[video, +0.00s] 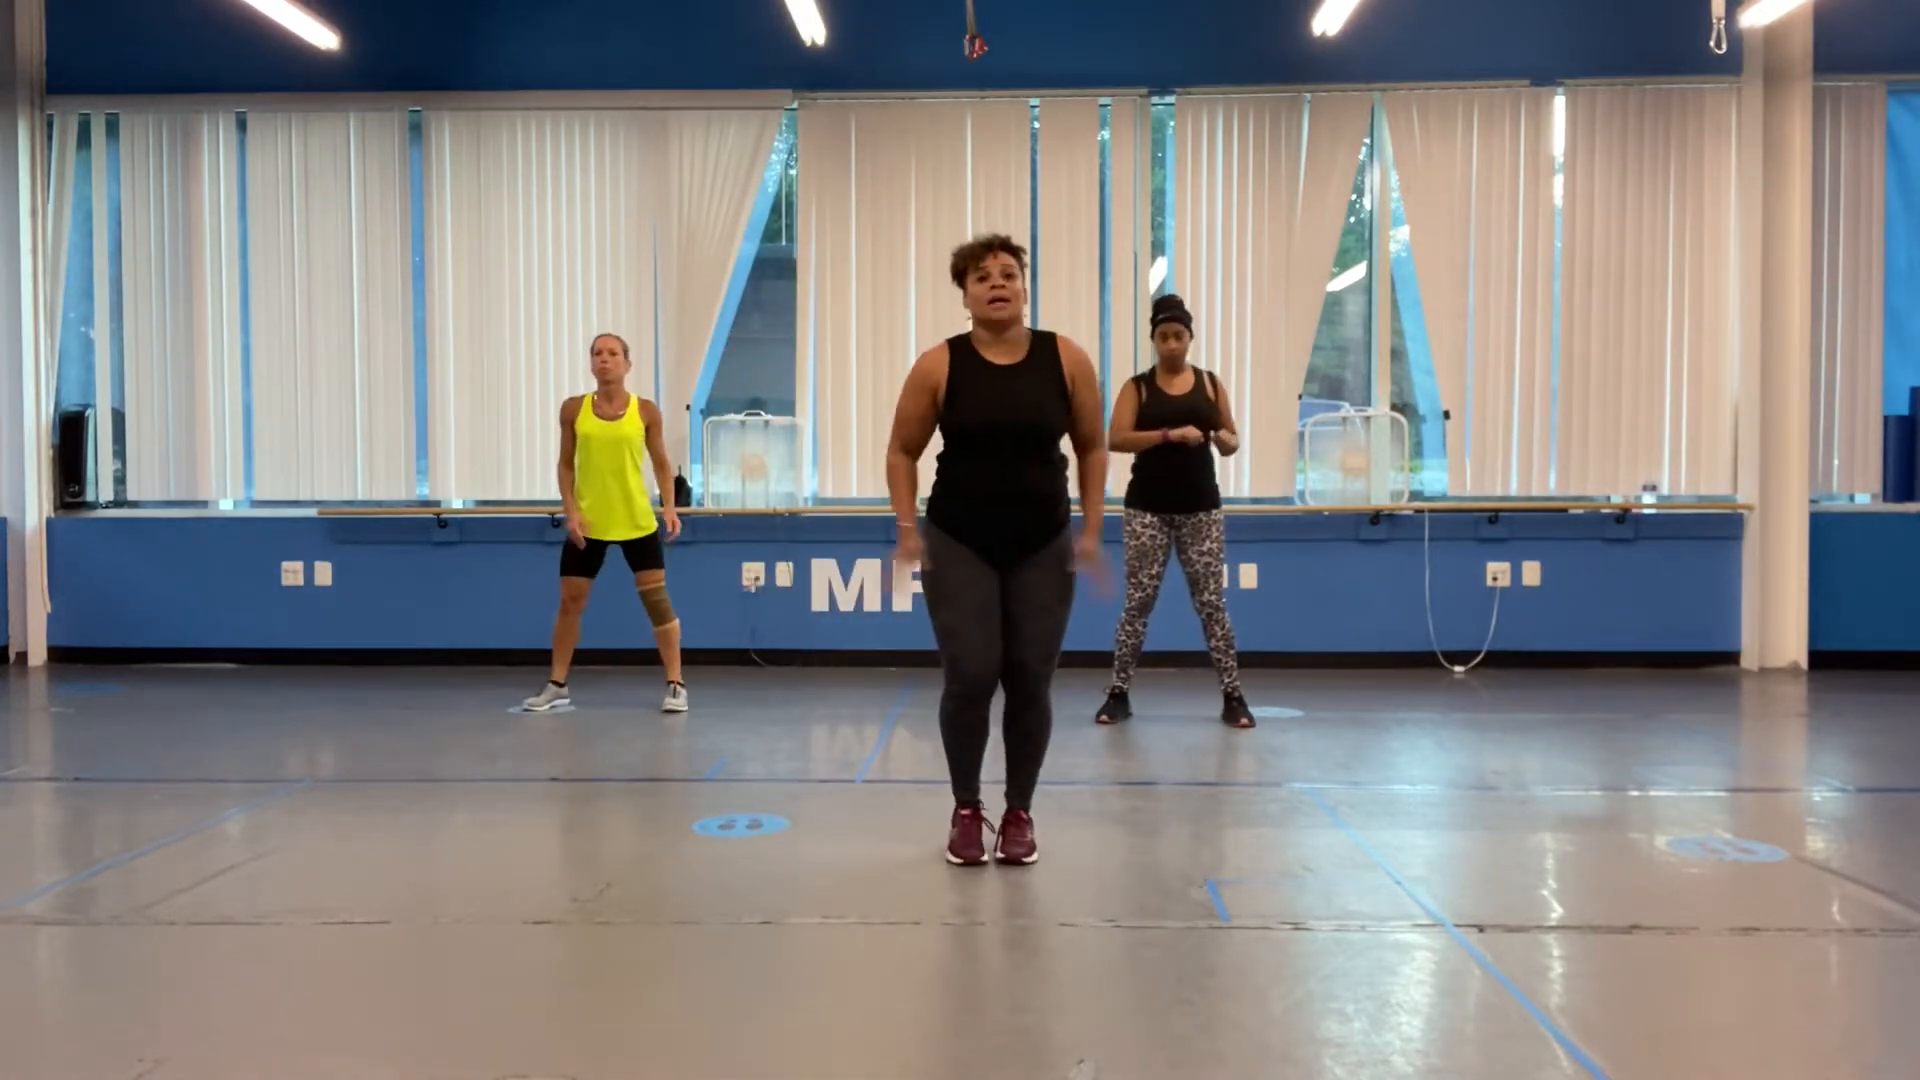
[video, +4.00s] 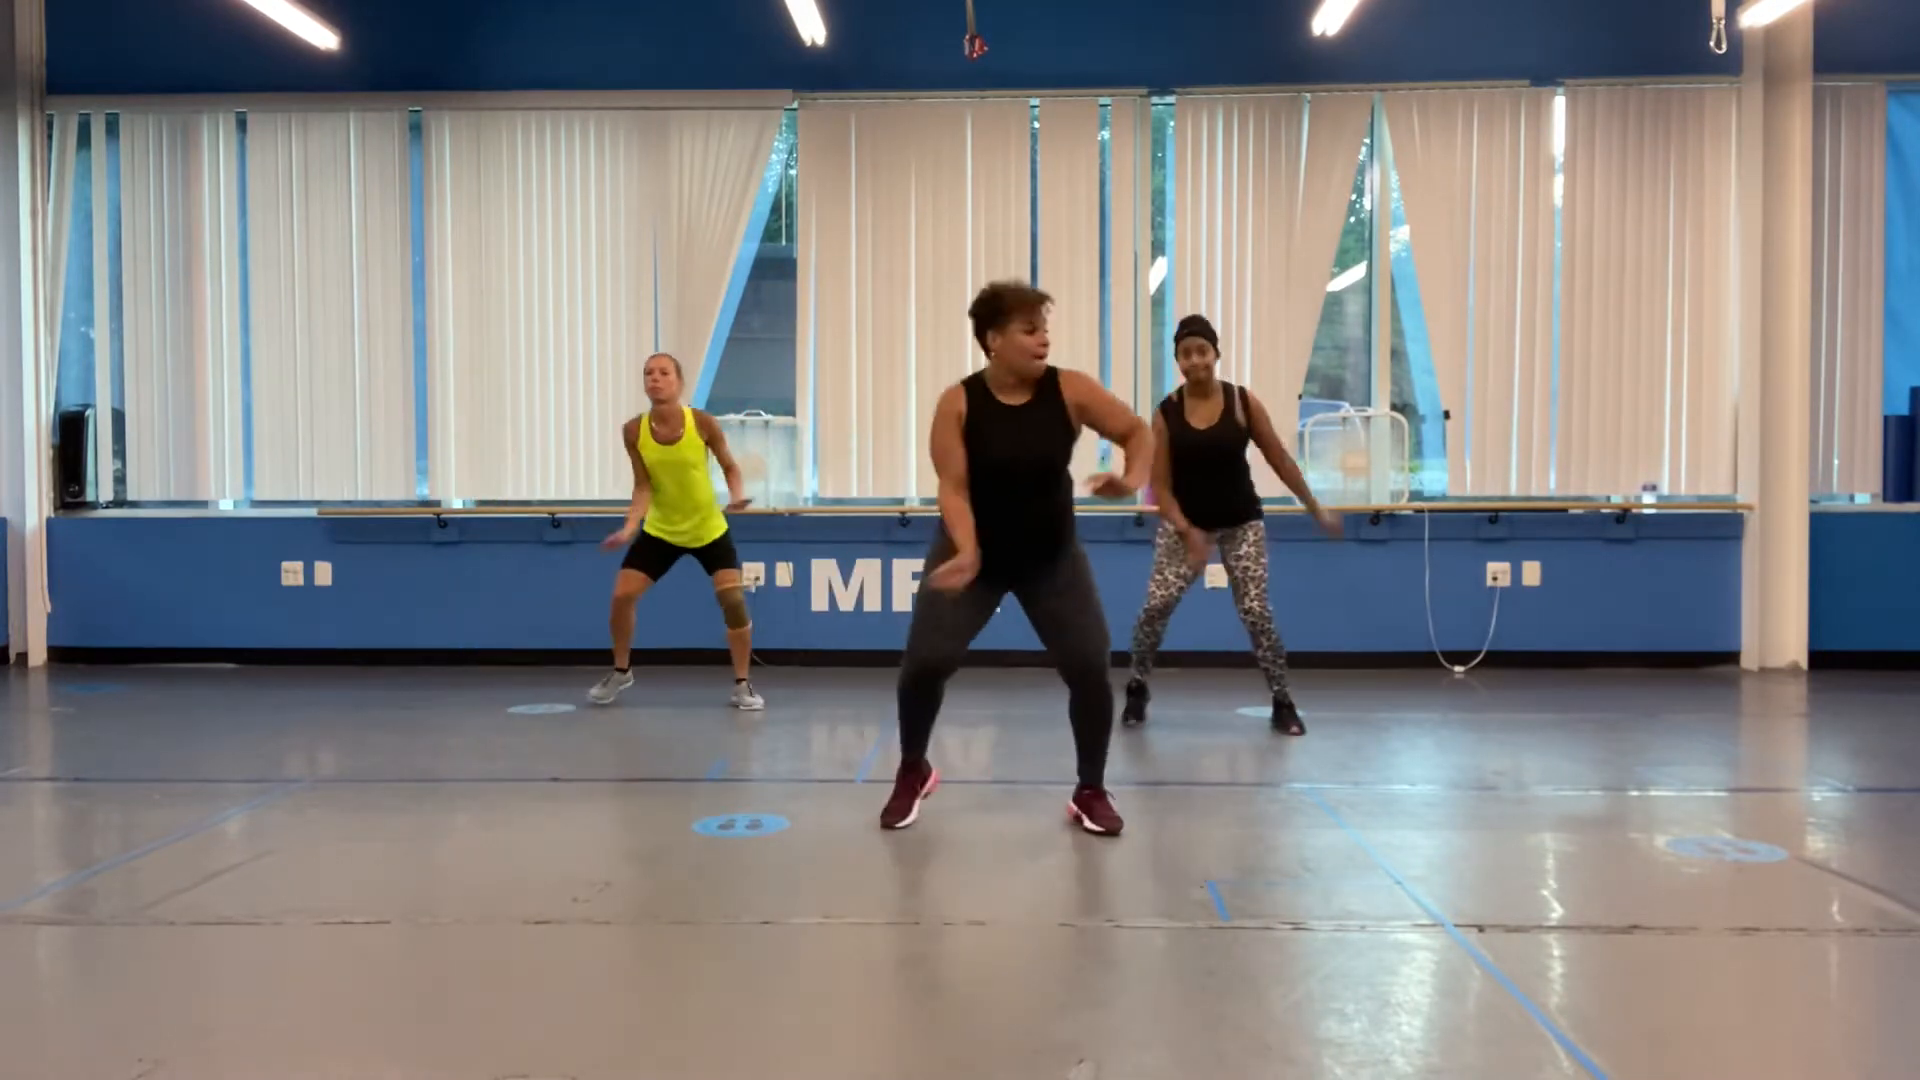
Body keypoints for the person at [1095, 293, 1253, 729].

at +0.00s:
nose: (1172, 342)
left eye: (1179, 335)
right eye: (1164, 336)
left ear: (1190, 339)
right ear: (1154, 340)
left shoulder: (1209, 384)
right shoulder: (1135, 388)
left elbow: (1230, 444)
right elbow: (1117, 439)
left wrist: (1220, 435)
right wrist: (1166, 435)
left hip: (1200, 510)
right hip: (1147, 510)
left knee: (1211, 604)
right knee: (1138, 602)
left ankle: (1232, 695)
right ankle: (1118, 693)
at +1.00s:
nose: (1157, 344)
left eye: (1163, 337)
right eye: (1148, 340)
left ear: (1176, 346)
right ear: (1137, 350)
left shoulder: (1198, 394)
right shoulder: (1121, 400)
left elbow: (1210, 457)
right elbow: (1087, 452)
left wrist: (1169, 478)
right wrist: (1047, 454)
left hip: (1182, 515)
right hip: (1128, 514)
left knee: (1197, 602)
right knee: (1116, 599)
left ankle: (1222, 695)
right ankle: (1071, 673)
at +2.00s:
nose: (1067, 363)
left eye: (1075, 356)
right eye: (1059, 356)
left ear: (1085, 365)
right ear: (1047, 363)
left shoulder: (1103, 414)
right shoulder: (1028, 417)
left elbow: (1145, 462)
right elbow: (1005, 479)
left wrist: (1194, 498)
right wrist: (1055, 473)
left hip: (1106, 528)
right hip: (1051, 532)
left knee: (1121, 613)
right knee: (1039, 612)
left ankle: (1160, 656)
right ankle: (1028, 695)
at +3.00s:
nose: (1101, 370)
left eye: (1109, 361)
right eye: (1094, 361)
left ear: (1121, 362)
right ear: (1083, 360)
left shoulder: (1136, 410)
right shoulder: (1061, 407)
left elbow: (1161, 469)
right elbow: (1024, 460)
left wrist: (1199, 510)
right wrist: (1056, 491)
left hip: (1123, 527)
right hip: (1069, 527)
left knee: (1139, 613)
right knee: (1061, 611)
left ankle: (1152, 690)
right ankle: (1043, 697)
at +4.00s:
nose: (1194, 360)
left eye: (1201, 352)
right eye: (1186, 354)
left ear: (1216, 355)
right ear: (1178, 361)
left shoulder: (1243, 403)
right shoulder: (1166, 415)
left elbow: (1279, 460)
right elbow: (1160, 486)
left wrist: (1315, 508)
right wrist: (1185, 531)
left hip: (1240, 524)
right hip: (1184, 524)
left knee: (1254, 610)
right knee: (1156, 606)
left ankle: (1283, 702)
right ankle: (1136, 689)